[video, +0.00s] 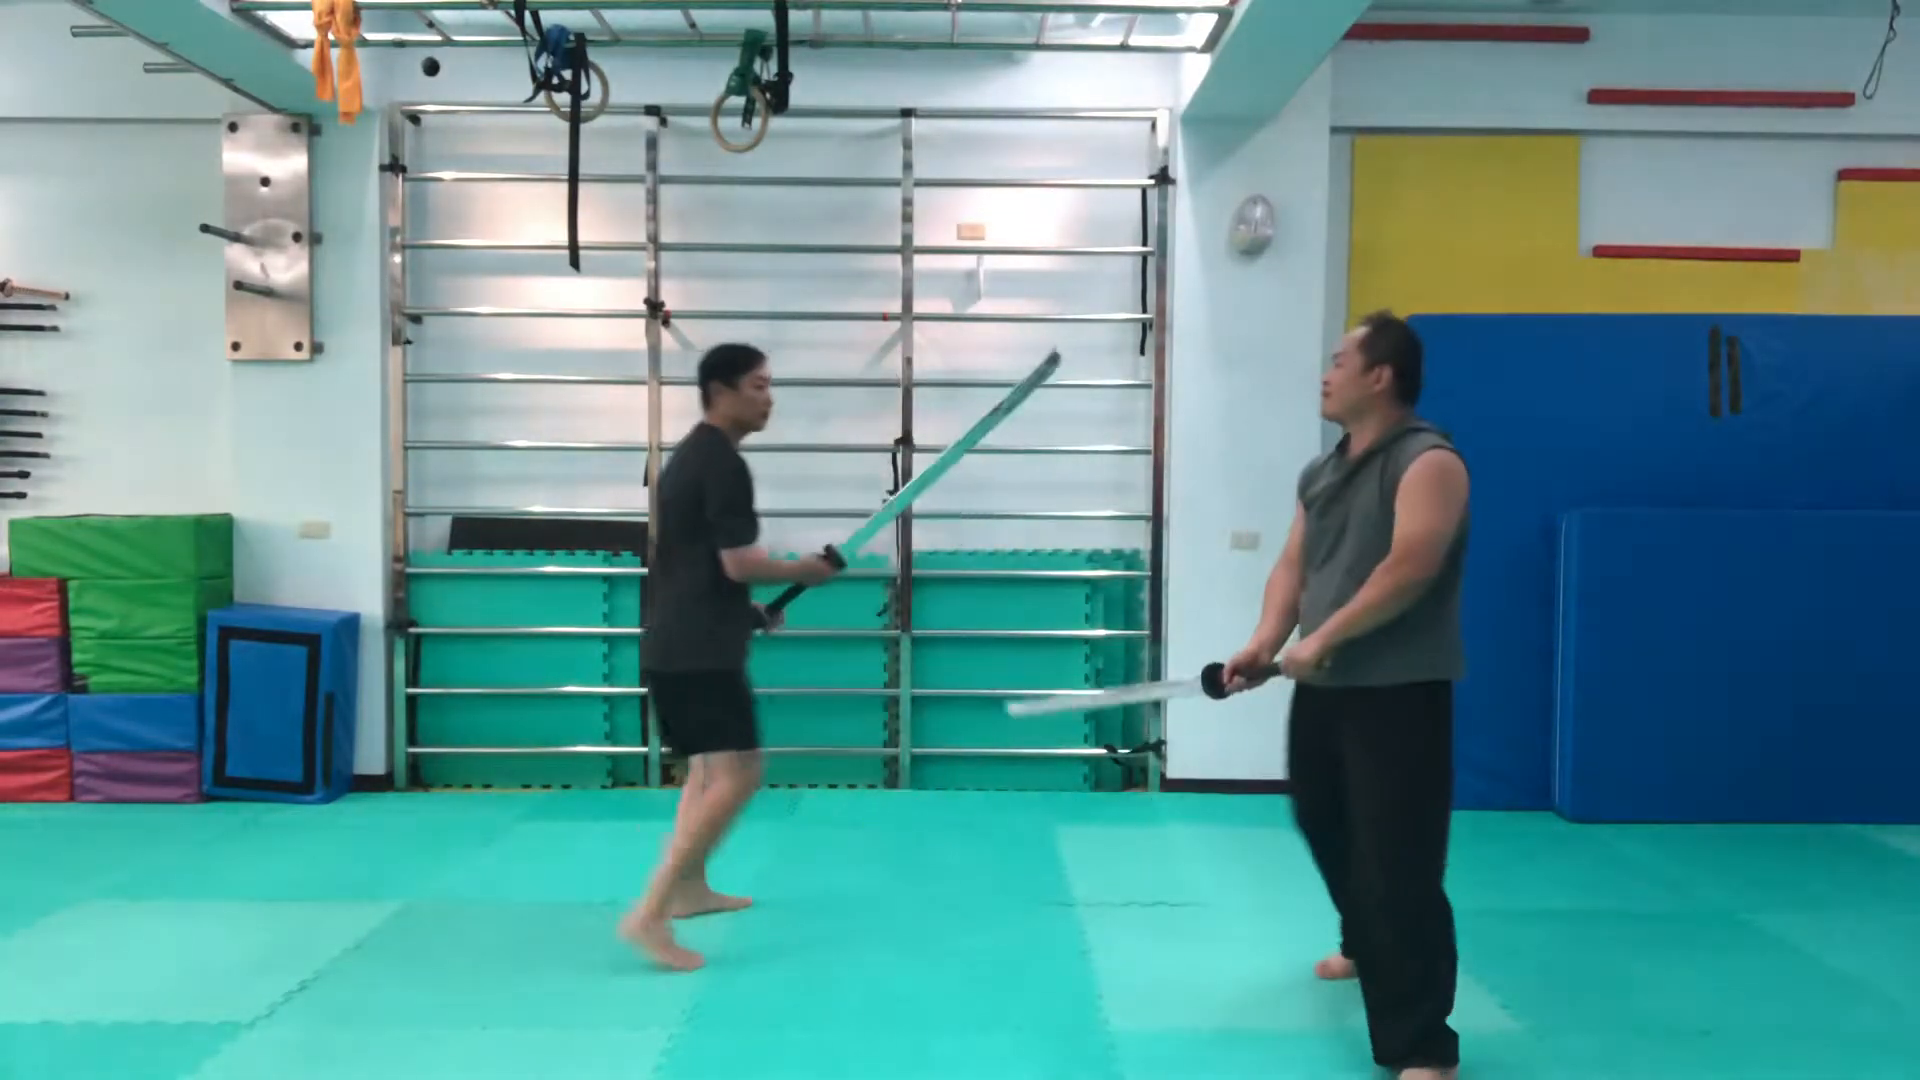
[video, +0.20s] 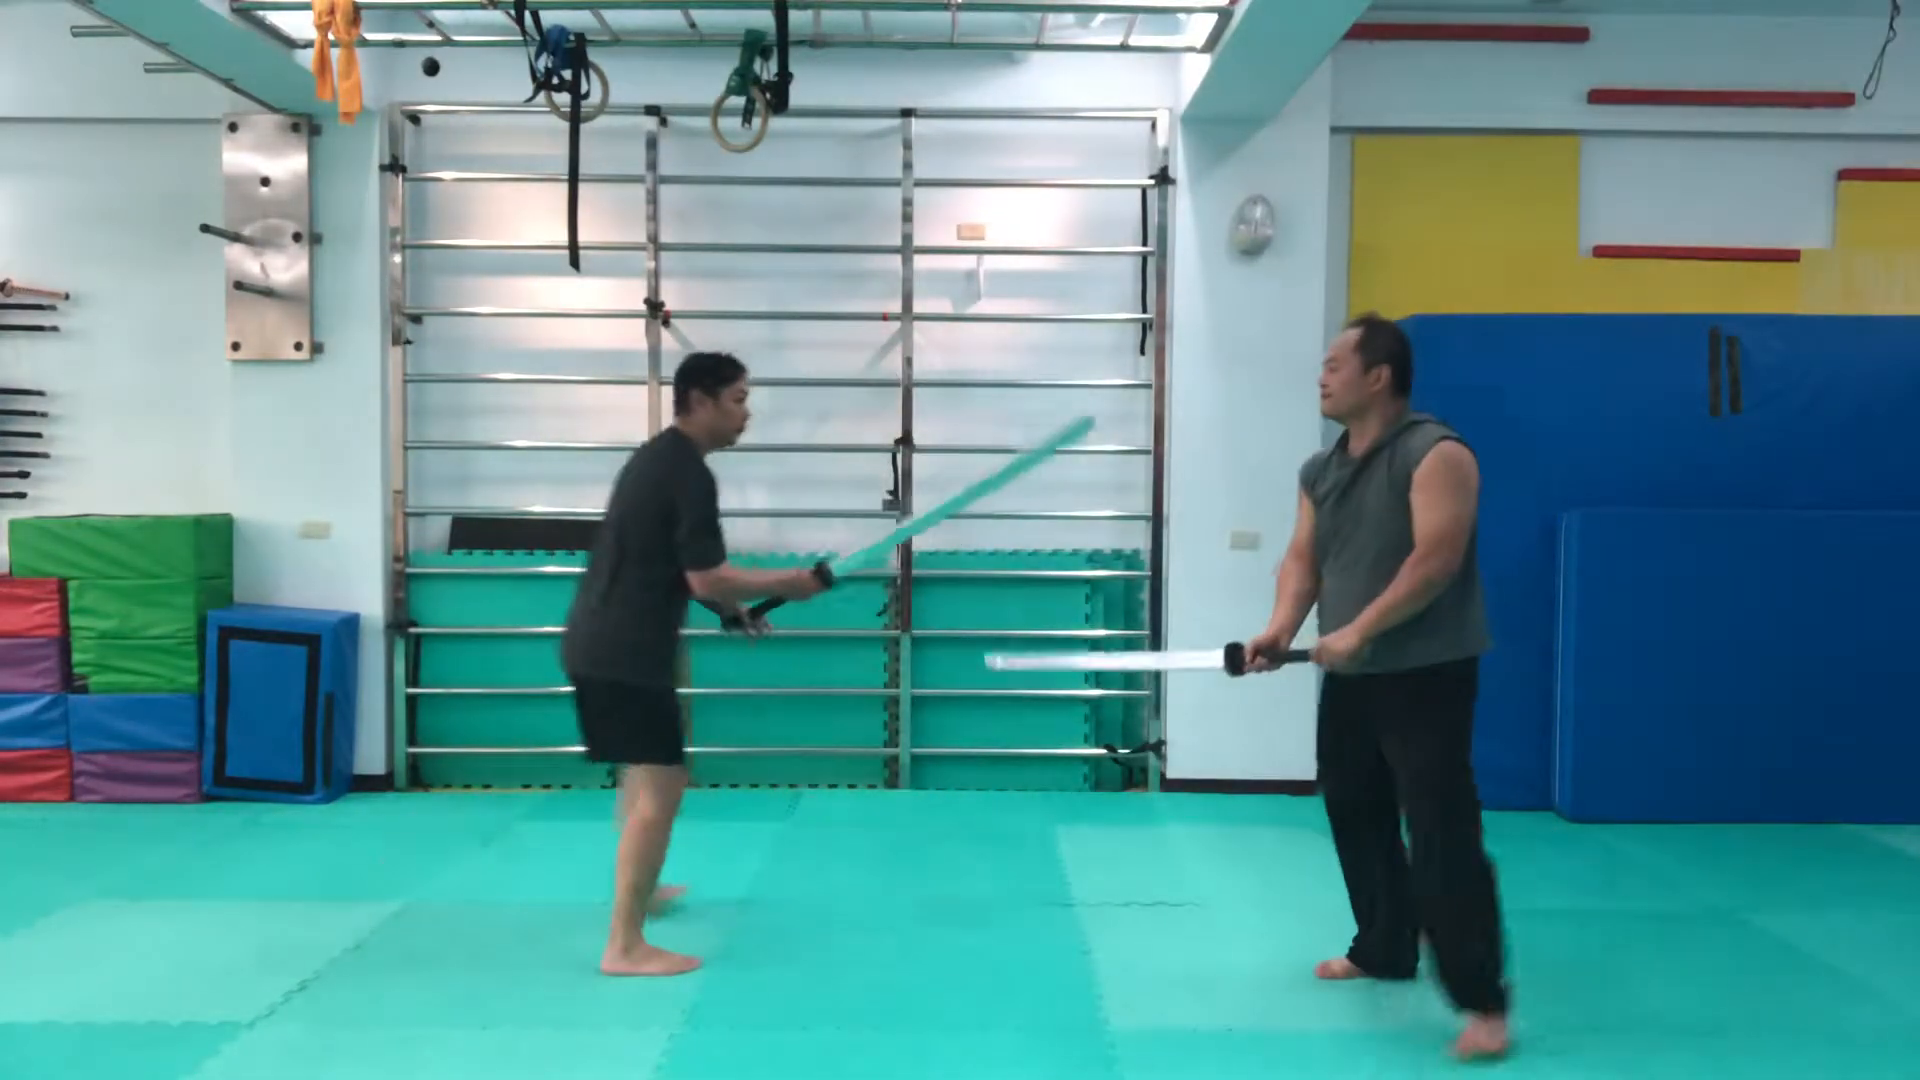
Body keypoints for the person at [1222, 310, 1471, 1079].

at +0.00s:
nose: (1325, 375)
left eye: (1339, 364)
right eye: (1330, 363)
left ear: (1383, 378)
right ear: (1363, 378)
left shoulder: (1430, 462)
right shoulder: (1323, 472)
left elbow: (1411, 567)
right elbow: (1292, 567)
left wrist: (1323, 638)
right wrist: (1265, 642)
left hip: (1401, 695)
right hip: (1325, 689)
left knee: (1396, 869)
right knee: (1323, 820)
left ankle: (1421, 1049)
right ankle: (1367, 941)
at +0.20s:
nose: (1320, 379)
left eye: (1334, 367)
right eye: (1323, 367)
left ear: (1380, 377)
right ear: (1362, 380)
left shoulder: (1437, 454)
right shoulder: (1323, 469)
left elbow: (1437, 559)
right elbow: (1303, 559)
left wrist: (1360, 630)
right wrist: (1279, 632)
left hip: (1429, 675)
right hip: (1352, 676)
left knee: (1443, 832)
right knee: (1357, 816)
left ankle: (1484, 1004)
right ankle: (1383, 950)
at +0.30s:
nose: (1340, 372)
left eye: (1353, 361)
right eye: (1341, 361)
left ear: (1397, 372)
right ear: (1369, 374)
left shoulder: (1451, 448)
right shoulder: (1336, 465)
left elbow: (1453, 550)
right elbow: (1318, 554)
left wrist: (1379, 620)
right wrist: (1298, 616)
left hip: (1441, 668)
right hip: (1361, 670)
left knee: (1461, 819)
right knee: (1356, 807)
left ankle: (1536, 968)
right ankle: (1379, 952)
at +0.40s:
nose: (1363, 373)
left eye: (1376, 362)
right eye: (1363, 362)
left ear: (1421, 373)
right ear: (1385, 374)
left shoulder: (1471, 451)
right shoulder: (1359, 462)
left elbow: (1472, 552)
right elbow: (1338, 548)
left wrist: (1394, 621)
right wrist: (1316, 608)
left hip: (1456, 668)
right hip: (1372, 669)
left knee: (1494, 813)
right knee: (1365, 812)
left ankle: (1576, 941)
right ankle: (1377, 951)